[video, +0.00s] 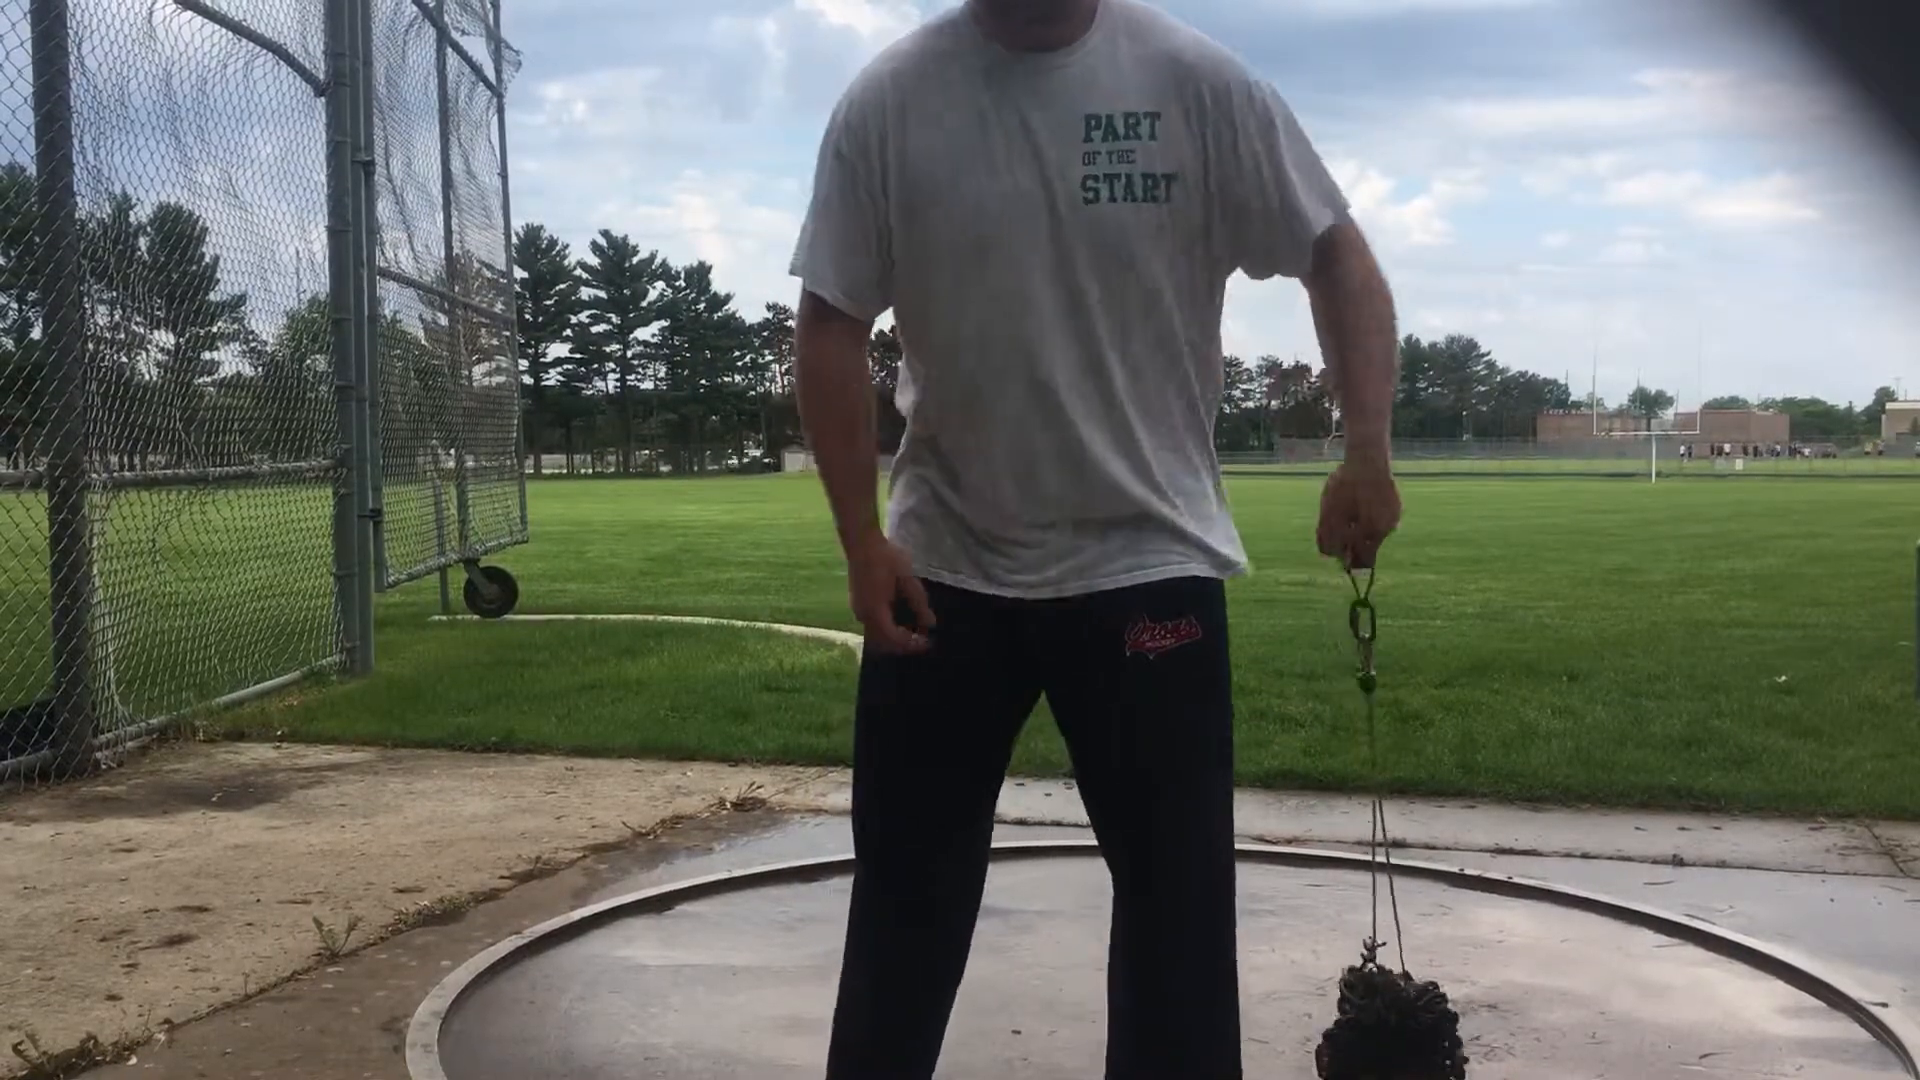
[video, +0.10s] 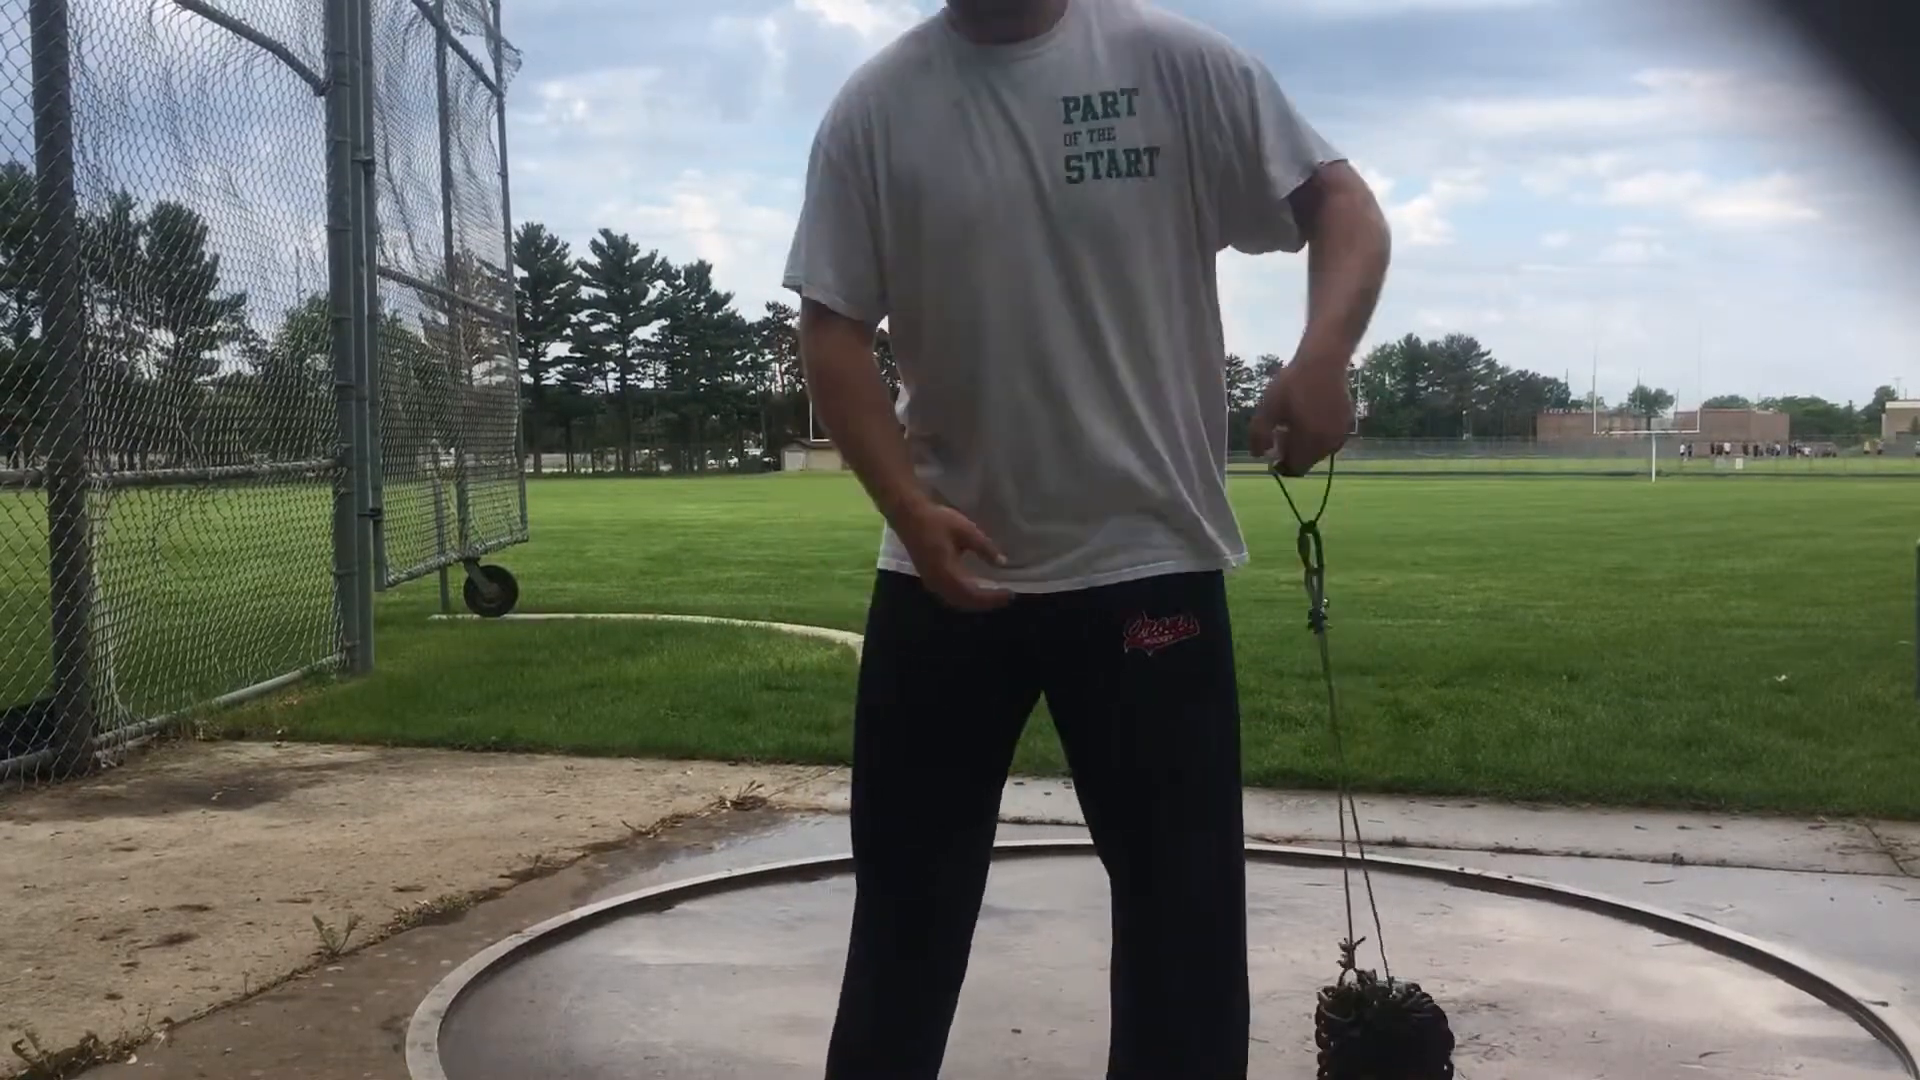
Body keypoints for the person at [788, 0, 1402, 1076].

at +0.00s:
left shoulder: (1201, 86)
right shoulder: (886, 105)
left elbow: (1337, 256)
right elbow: (828, 324)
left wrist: (1367, 449)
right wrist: (861, 538)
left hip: (1148, 565)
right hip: (943, 566)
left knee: (1179, 916)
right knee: (902, 918)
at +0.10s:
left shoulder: (1180, 62)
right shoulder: (873, 111)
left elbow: (1347, 208)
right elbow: (830, 334)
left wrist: (1324, 355)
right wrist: (905, 503)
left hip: (1149, 572)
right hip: (945, 575)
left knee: (1185, 931)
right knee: (902, 927)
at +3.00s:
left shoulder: (1309, 112)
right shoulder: (1061, 95)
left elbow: (1230, 234)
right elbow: (992, 211)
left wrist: (1038, 291)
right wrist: (967, 305)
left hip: (1210, 532)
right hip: (1032, 524)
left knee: (1194, 880)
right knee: (964, 866)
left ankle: (1200, 1076)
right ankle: (924, 1071)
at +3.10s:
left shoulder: (1314, 112)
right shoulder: (1072, 80)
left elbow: (1251, 224)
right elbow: (1001, 175)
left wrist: (1074, 253)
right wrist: (986, 250)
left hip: (1207, 546)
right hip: (1022, 533)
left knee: (1201, 897)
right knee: (950, 879)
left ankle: (1203, 1075)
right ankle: (917, 1069)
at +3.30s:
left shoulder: (1281, 121)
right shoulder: (1066, 55)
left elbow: (1227, 237)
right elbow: (966, 64)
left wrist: (1084, 137)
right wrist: (1001, 87)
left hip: (1175, 558)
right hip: (992, 536)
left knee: (1195, 905)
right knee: (928, 883)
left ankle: (1204, 1070)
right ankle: (912, 1069)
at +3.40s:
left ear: (1209, 4)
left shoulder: (1239, 130)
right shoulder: (1007, 77)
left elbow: (1132, 228)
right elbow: (948, 15)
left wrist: (1052, 69)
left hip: (1147, 535)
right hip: (970, 525)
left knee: (1183, 894)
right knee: (925, 889)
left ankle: (1201, 1068)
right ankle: (926, 1068)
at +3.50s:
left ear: (1184, 6)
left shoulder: (1186, 130)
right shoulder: (983, 73)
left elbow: (1038, 179)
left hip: (1103, 530)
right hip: (937, 520)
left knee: (1157, 900)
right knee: (916, 899)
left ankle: (1186, 1068)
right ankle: (932, 1071)